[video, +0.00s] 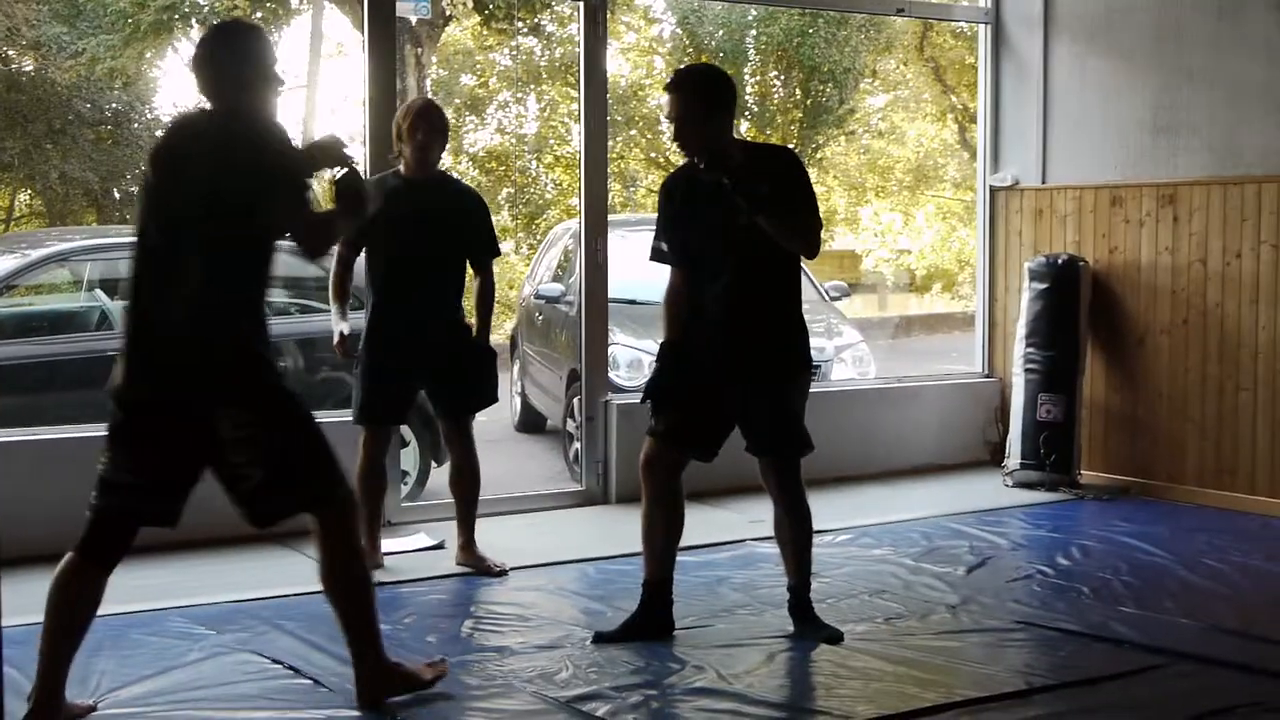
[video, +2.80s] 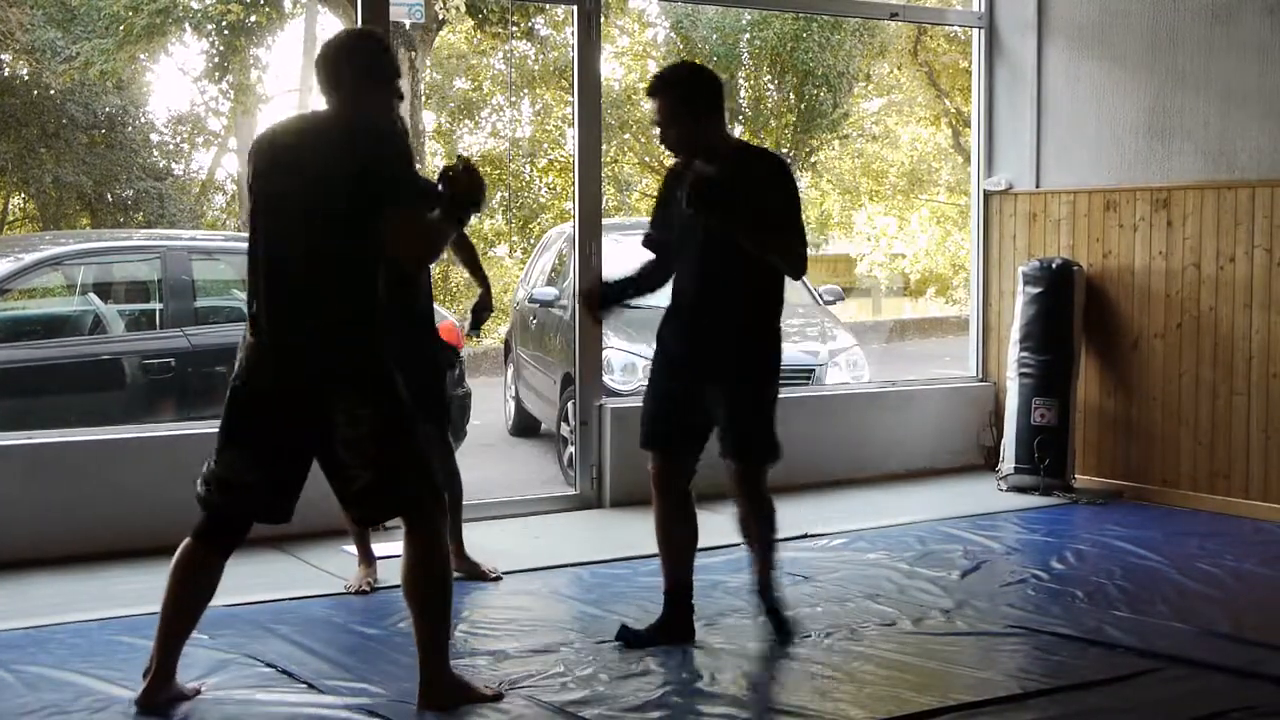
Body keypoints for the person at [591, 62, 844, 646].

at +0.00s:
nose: (673, 130)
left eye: (681, 117)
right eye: (671, 118)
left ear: (716, 113)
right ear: (686, 115)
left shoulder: (778, 165)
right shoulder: (680, 187)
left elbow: (807, 244)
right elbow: (679, 279)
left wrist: (741, 190)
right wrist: (669, 356)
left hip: (772, 352)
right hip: (701, 353)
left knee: (784, 479)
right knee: (658, 464)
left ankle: (801, 605)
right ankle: (655, 610)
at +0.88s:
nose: (693, 141)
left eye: (700, 127)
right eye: (691, 129)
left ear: (733, 122)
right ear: (715, 128)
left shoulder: (803, 169)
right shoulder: (710, 193)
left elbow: (843, 257)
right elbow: (730, 280)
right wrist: (730, 355)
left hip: (821, 348)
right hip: (755, 349)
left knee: (814, 480)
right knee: (712, 457)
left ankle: (804, 607)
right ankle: (733, 578)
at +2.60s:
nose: (687, 138)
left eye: (695, 125)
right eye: (685, 126)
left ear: (730, 119)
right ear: (698, 124)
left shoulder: (787, 175)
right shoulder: (706, 187)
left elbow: (804, 264)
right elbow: (704, 271)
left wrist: (751, 207)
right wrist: (659, 315)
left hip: (772, 352)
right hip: (708, 351)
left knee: (783, 481)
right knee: (667, 472)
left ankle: (810, 606)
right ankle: (677, 617)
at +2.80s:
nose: (660, 134)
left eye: (667, 121)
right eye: (657, 123)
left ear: (702, 114)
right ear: (685, 119)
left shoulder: (766, 171)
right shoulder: (681, 179)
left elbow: (795, 262)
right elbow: (659, 267)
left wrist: (728, 210)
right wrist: (609, 291)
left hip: (749, 347)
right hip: (683, 344)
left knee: (749, 479)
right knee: (668, 474)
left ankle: (767, 595)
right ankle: (677, 617)